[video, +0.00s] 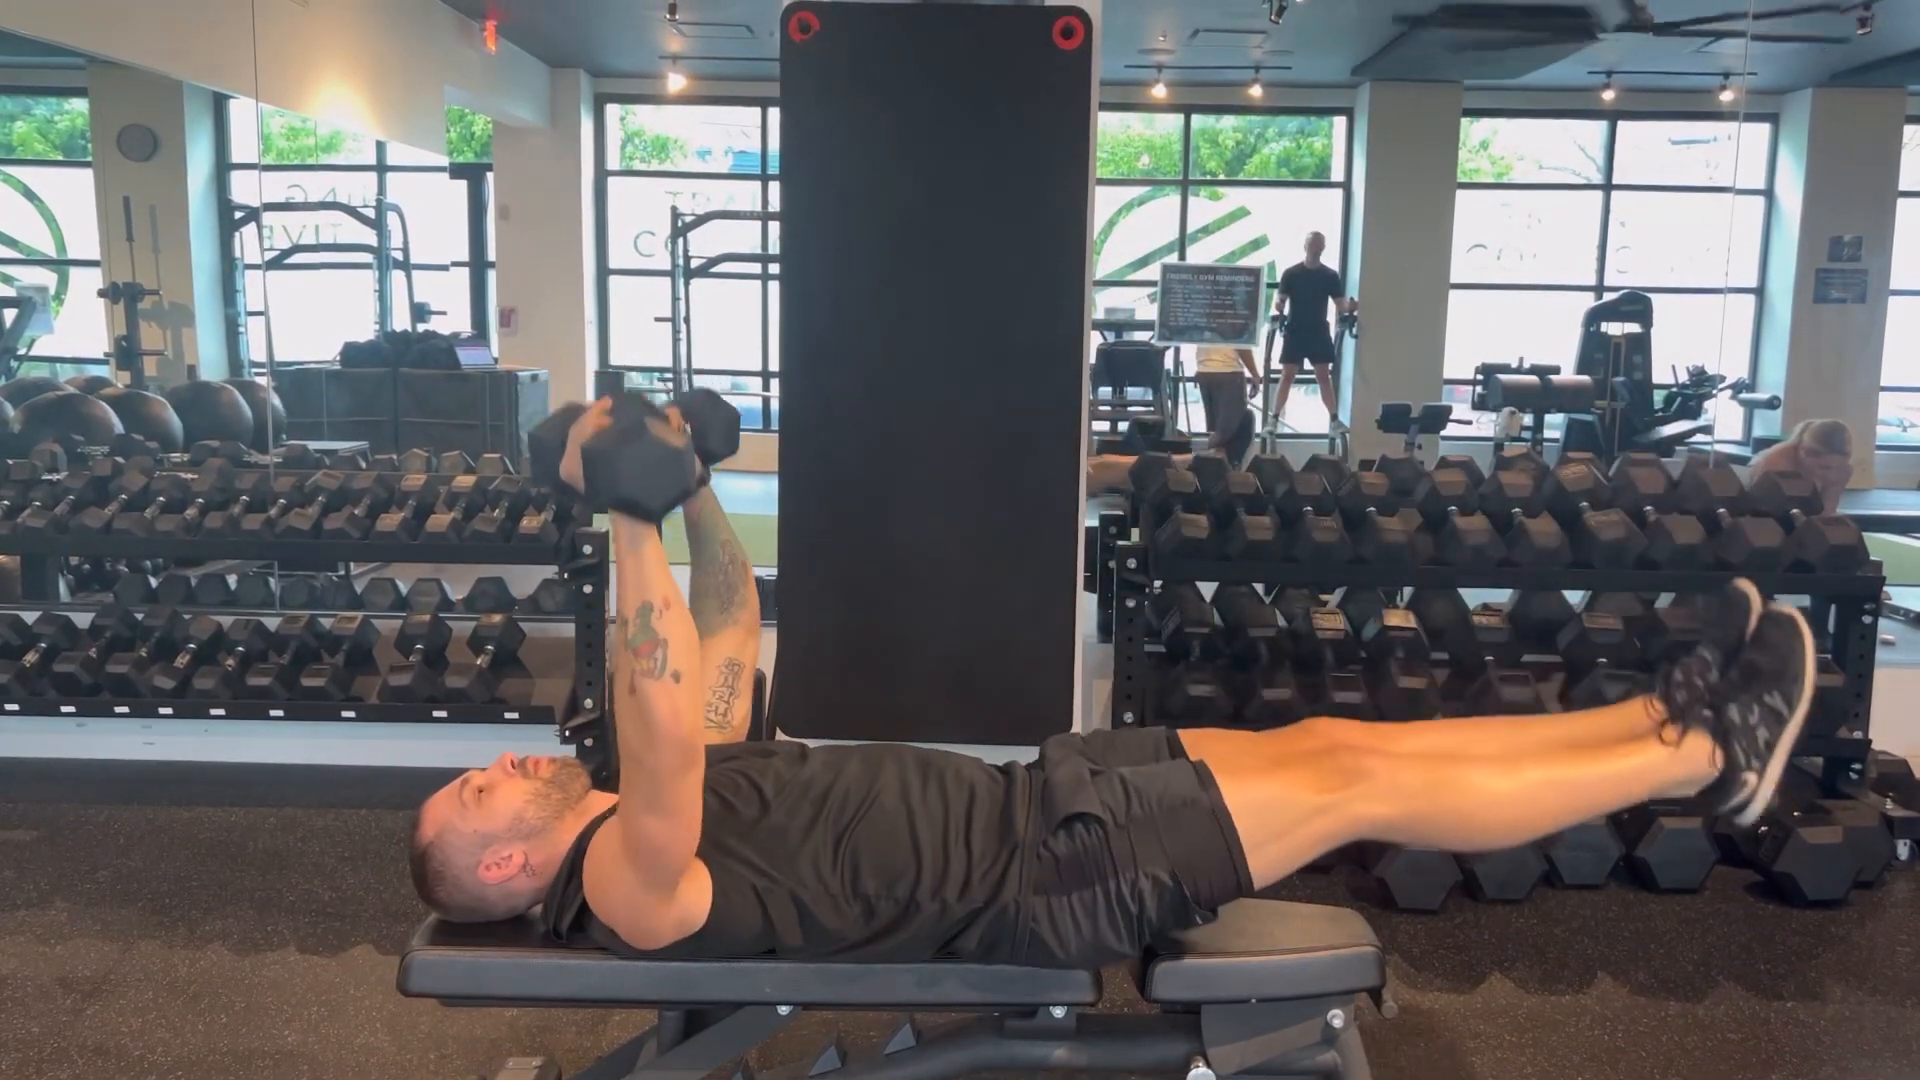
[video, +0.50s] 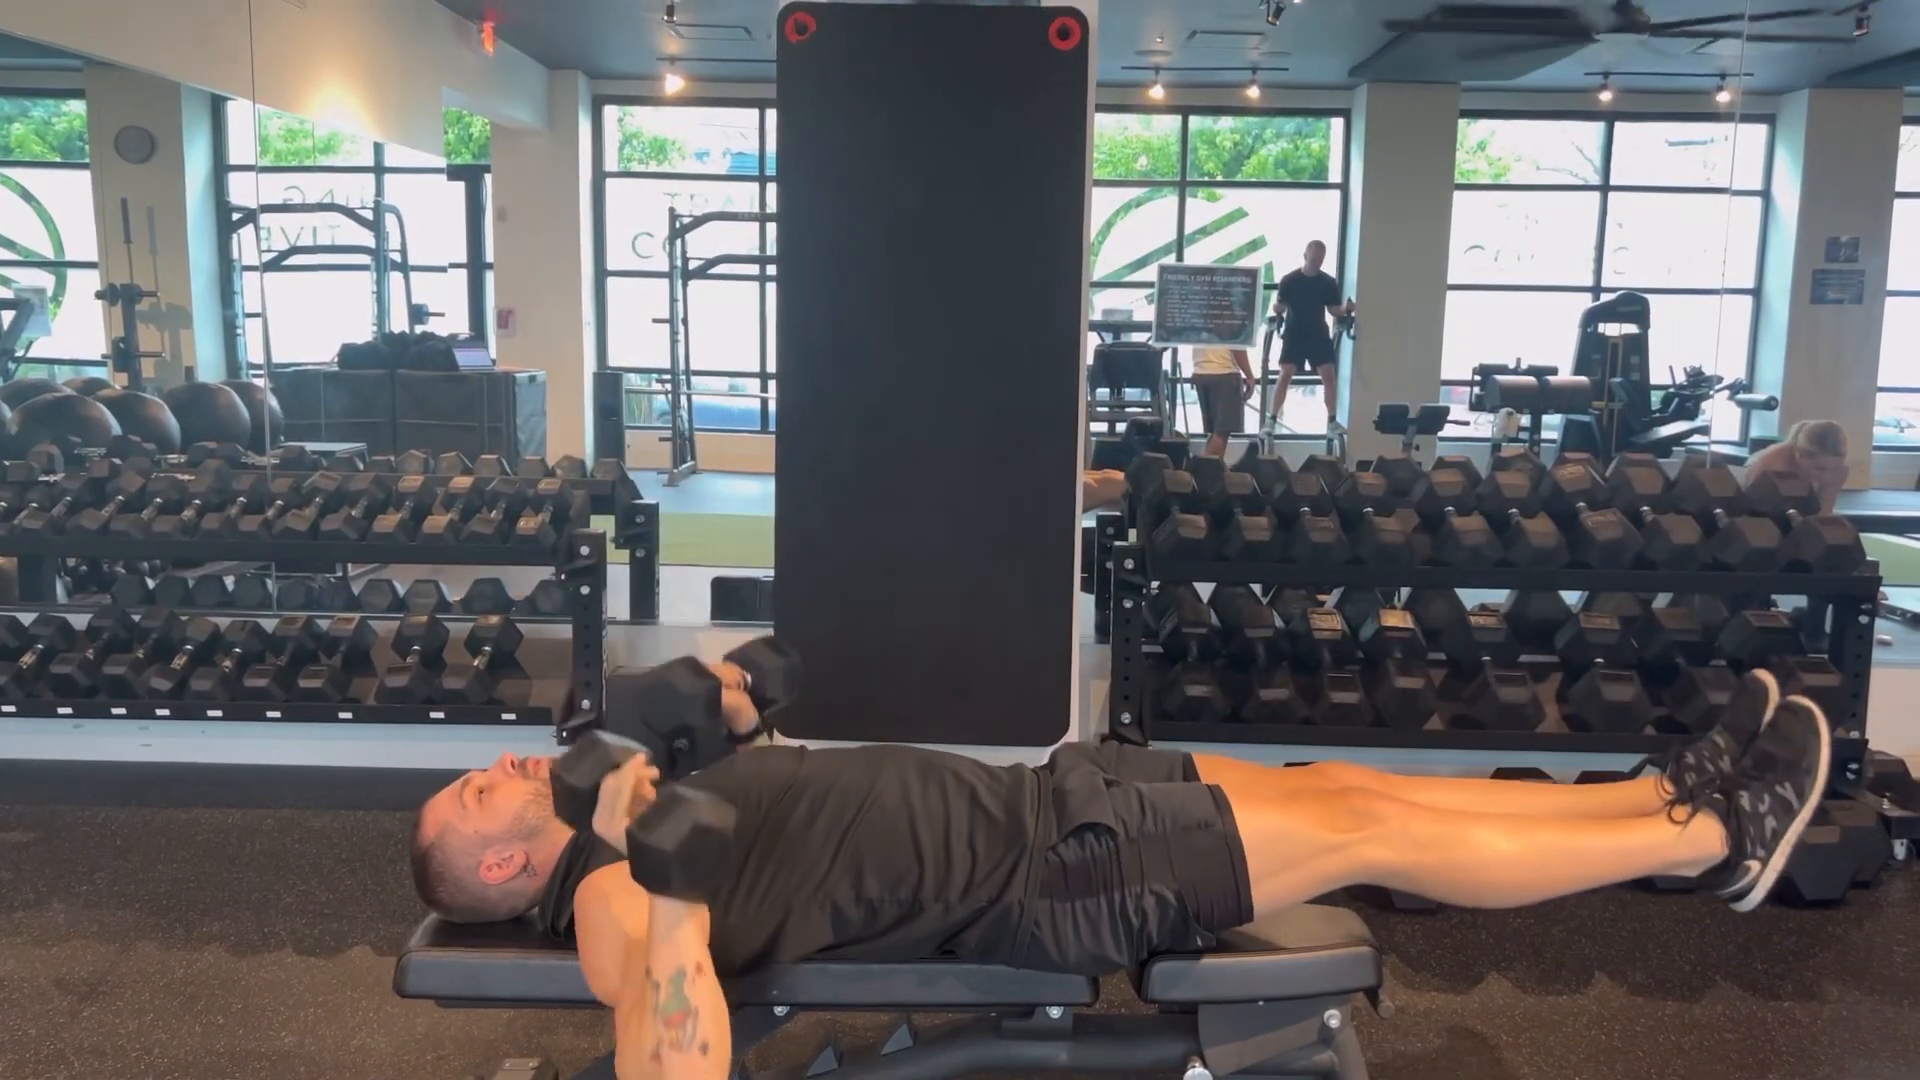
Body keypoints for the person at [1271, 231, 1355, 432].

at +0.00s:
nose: (1314, 250)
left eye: (1317, 246)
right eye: (1311, 246)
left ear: (1322, 248)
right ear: (1306, 246)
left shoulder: (1330, 276)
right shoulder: (1291, 274)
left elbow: (1340, 305)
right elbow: (1280, 302)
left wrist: (1351, 306)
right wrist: (1280, 311)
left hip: (1319, 330)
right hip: (1294, 329)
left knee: (1323, 375)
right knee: (1288, 374)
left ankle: (1334, 419)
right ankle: (1274, 418)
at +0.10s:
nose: (1316, 254)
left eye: (1319, 251)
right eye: (1313, 249)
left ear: (1324, 250)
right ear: (1306, 247)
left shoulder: (1330, 276)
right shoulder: (1290, 274)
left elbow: (1339, 305)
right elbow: (1279, 302)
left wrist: (1350, 306)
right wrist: (1280, 312)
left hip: (1318, 329)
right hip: (1294, 329)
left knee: (1323, 375)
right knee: (1287, 374)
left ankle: (1333, 419)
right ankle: (1273, 417)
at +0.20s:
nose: (1317, 256)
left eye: (1321, 253)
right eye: (1314, 251)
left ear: (1325, 253)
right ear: (1307, 249)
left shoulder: (1330, 277)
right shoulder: (1291, 274)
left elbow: (1339, 306)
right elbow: (1278, 303)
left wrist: (1349, 306)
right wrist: (1279, 311)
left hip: (1318, 329)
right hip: (1294, 329)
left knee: (1323, 375)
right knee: (1286, 373)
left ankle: (1333, 419)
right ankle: (1273, 417)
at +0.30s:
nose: (1319, 258)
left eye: (1323, 254)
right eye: (1316, 253)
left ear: (1326, 254)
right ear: (1307, 250)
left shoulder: (1330, 278)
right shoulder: (1291, 275)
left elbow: (1338, 308)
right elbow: (1278, 303)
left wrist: (1348, 307)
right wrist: (1279, 311)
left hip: (1318, 330)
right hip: (1294, 329)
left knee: (1326, 374)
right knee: (1285, 373)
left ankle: (1332, 420)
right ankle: (1272, 418)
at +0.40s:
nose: (1318, 261)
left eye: (1322, 257)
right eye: (1315, 256)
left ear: (1325, 257)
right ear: (1307, 252)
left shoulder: (1329, 280)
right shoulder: (1291, 277)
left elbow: (1336, 309)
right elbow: (1278, 305)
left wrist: (1347, 308)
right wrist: (1278, 307)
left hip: (1318, 333)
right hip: (1294, 332)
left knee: (1328, 376)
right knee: (1285, 374)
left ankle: (1332, 421)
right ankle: (1272, 418)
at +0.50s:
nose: (1317, 263)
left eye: (1320, 259)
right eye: (1314, 258)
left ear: (1324, 259)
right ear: (1305, 255)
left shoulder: (1328, 282)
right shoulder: (1290, 280)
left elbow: (1334, 310)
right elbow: (1280, 306)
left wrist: (1346, 309)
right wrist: (1277, 308)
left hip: (1318, 334)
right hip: (1294, 334)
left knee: (1328, 376)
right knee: (1285, 375)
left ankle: (1332, 421)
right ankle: (1272, 419)